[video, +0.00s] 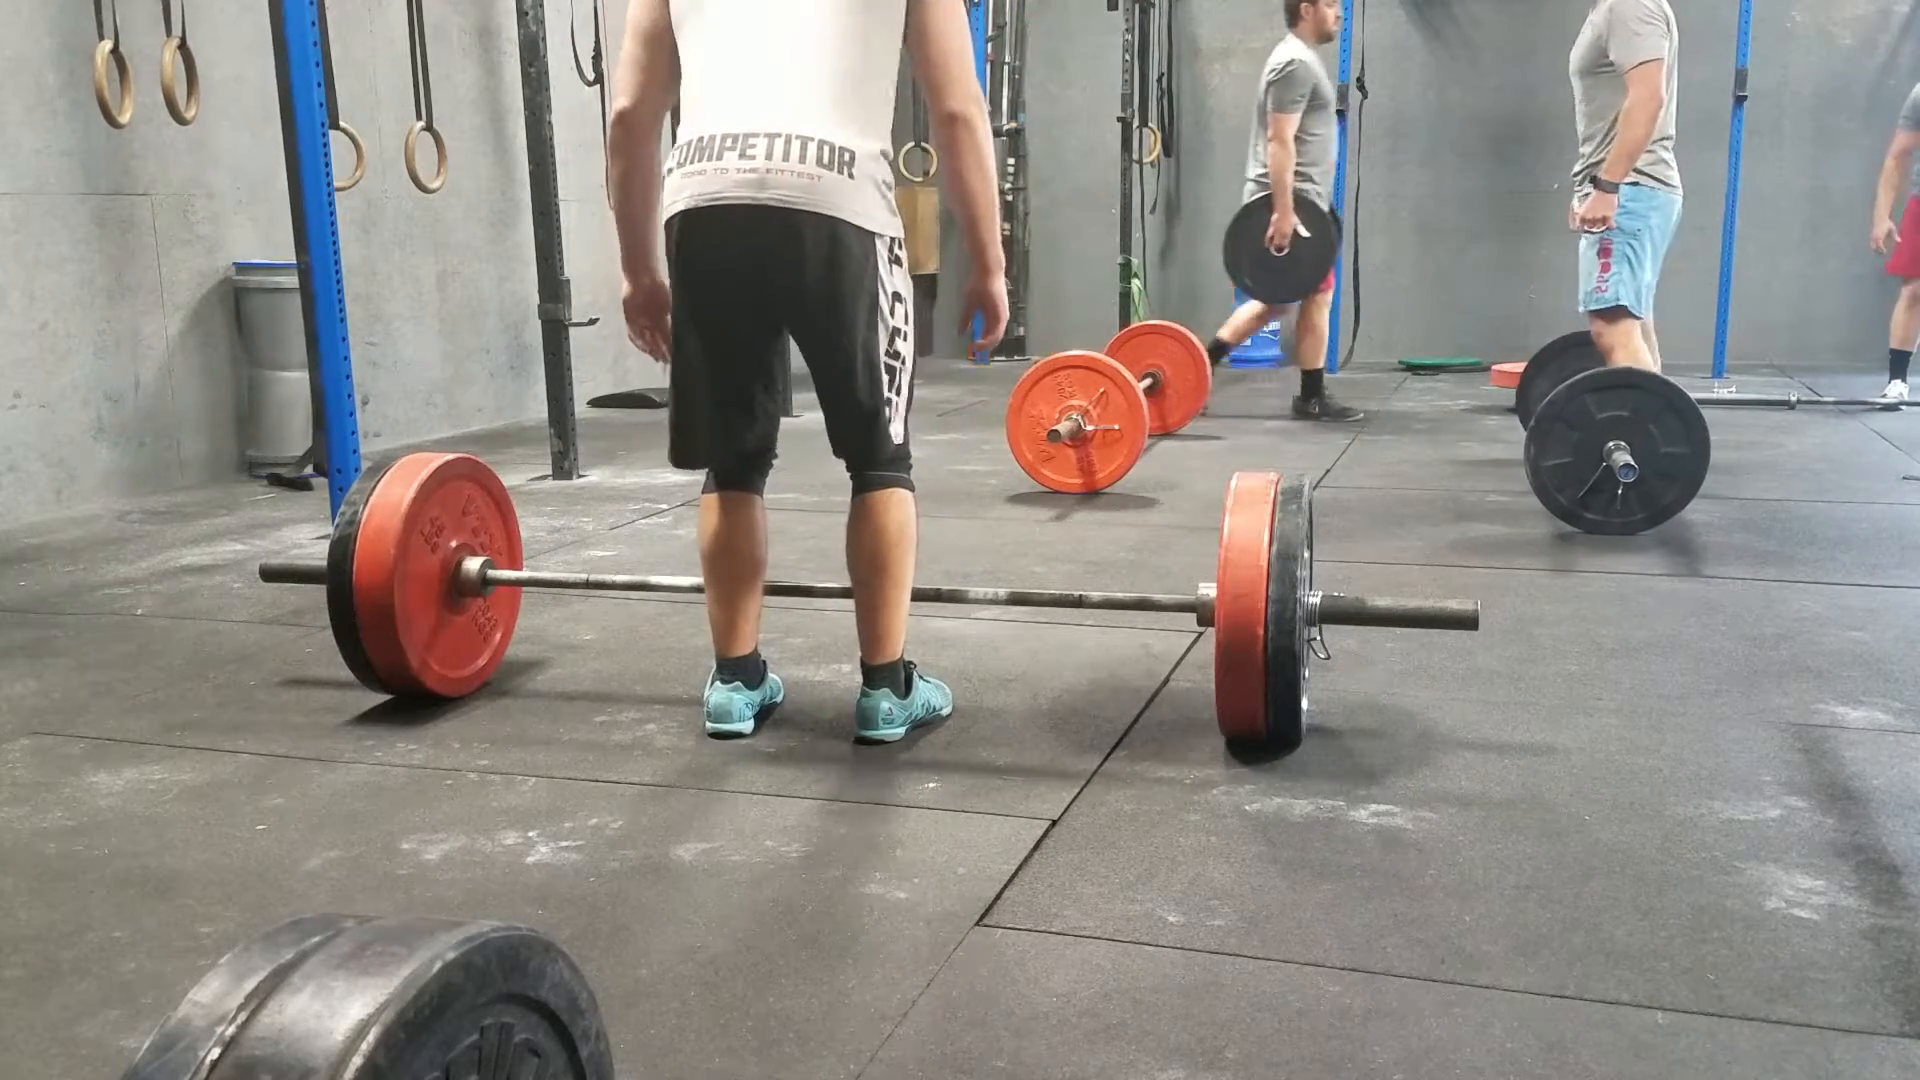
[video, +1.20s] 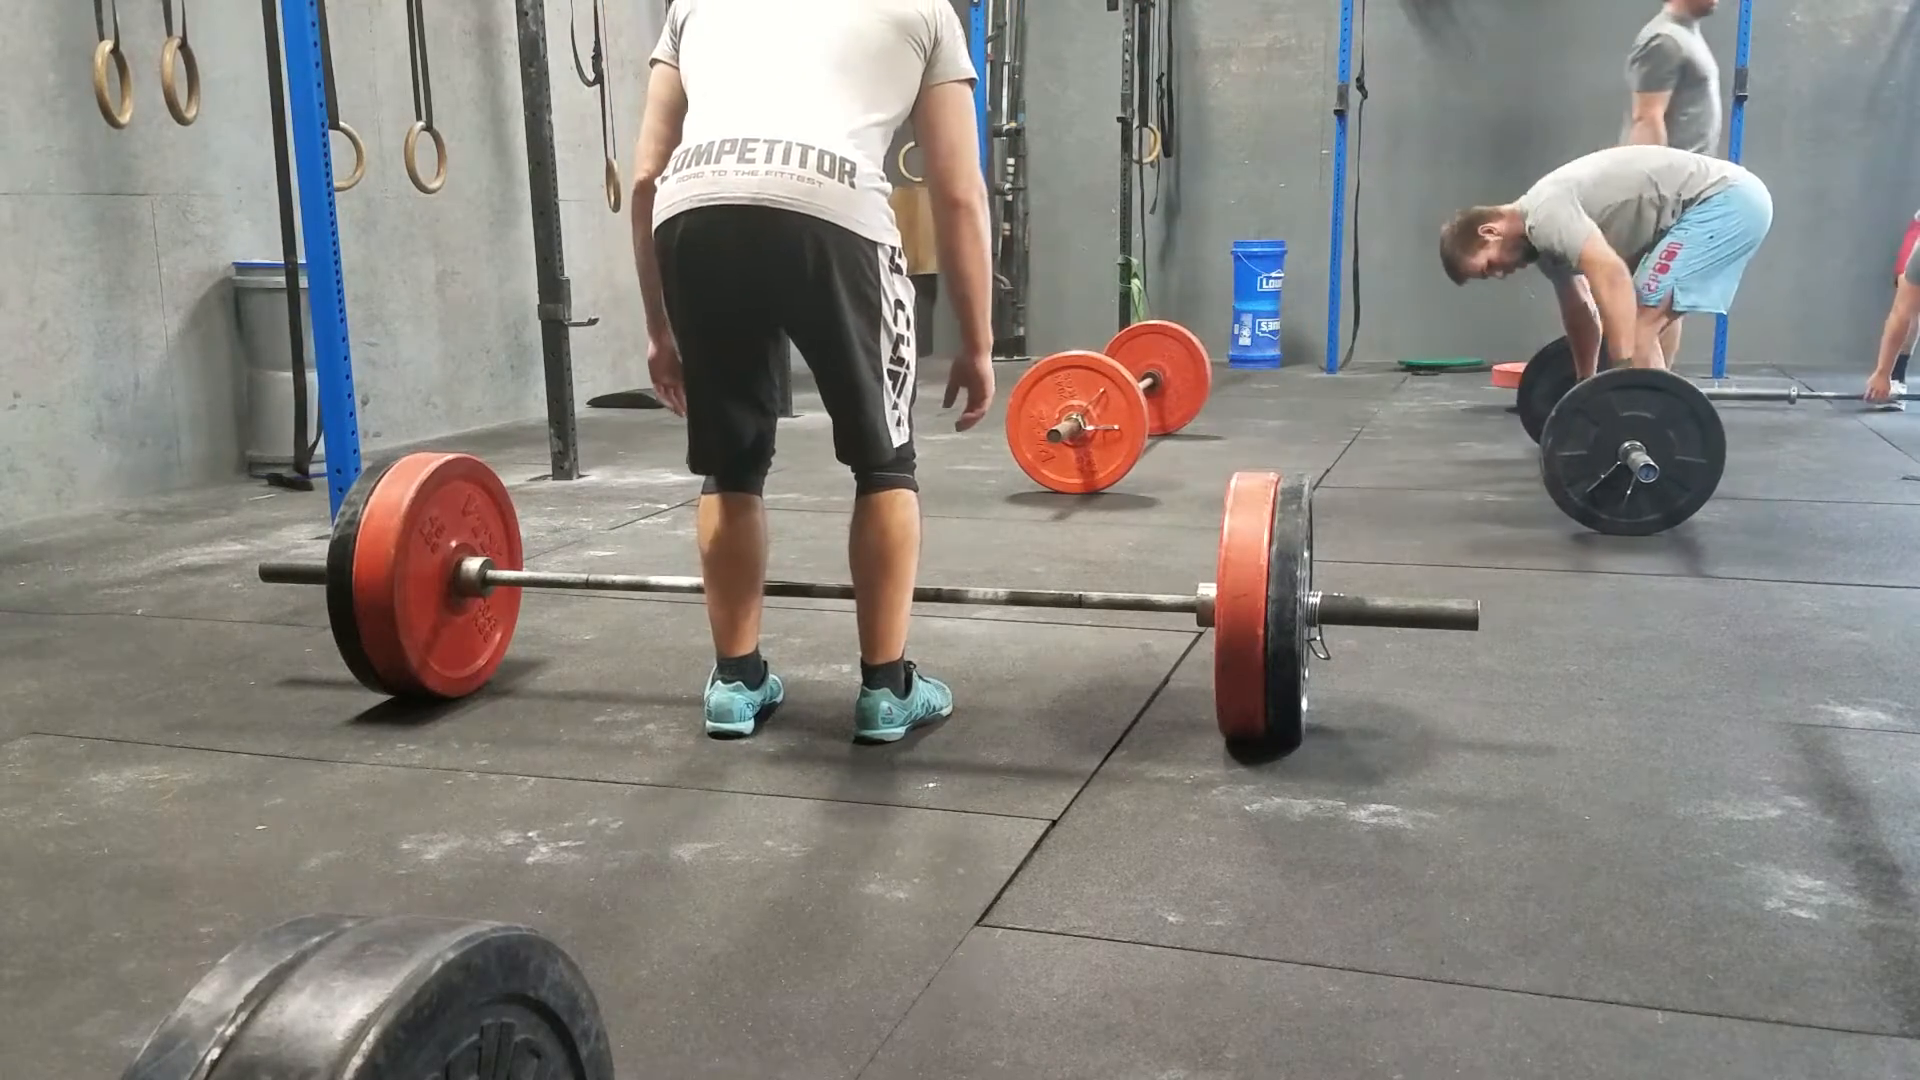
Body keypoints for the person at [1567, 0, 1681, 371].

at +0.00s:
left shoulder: (1631, 8)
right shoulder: (1615, 10)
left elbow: (1647, 99)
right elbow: (1619, 109)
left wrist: (1606, 186)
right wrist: (1587, 188)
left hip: (1630, 187)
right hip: (1636, 188)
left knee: (1613, 329)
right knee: (1632, 327)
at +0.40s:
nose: (1508, 72)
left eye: (1503, 60)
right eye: (1500, 64)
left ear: (1523, 33)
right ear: (1526, 34)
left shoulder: (1593, 47)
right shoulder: (1578, 66)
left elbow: (1650, 121)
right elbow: (1601, 164)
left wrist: (1629, 216)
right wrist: (1587, 238)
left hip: (1694, 186)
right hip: (1676, 188)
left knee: (1642, 327)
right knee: (1643, 329)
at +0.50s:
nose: (1501, 119)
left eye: (1495, 109)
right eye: (1493, 114)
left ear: (1512, 76)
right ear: (1511, 76)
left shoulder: (1580, 77)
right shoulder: (1562, 115)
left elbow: (1645, 144)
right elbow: (1593, 195)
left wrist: (1640, 236)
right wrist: (1586, 274)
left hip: (1711, 188)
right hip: (1686, 192)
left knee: (1646, 328)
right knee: (1647, 331)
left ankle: (1659, 458)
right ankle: (1661, 457)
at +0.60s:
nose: (1497, 159)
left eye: (1490, 150)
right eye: (1488, 156)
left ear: (1501, 121)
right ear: (1500, 121)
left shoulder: (1569, 109)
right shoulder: (1555, 149)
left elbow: (1645, 164)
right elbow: (1586, 227)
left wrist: (1652, 252)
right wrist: (1580, 308)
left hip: (1721, 187)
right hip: (1699, 193)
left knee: (1650, 324)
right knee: (1646, 325)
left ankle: (1658, 455)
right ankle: (1658, 453)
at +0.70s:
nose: (1496, 197)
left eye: (1487, 189)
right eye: (1486, 195)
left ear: (1496, 161)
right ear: (1497, 158)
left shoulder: (1562, 138)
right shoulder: (1554, 178)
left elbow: (1644, 179)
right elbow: (1582, 258)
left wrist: (1663, 265)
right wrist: (1573, 339)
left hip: (1724, 191)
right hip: (1705, 198)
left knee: (1648, 324)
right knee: (1651, 328)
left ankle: (1658, 455)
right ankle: (1657, 455)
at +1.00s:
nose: (1499, 261)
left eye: (1488, 255)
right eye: (1489, 259)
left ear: (1488, 226)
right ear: (1491, 222)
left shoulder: (1547, 192)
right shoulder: (1548, 230)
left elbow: (1629, 227)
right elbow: (1577, 307)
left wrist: (1658, 309)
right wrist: (1580, 390)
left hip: (1726, 193)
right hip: (1705, 202)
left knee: (1634, 328)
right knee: (1631, 327)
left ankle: (1660, 452)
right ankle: (1653, 450)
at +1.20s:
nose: (1498, 274)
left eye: (1488, 267)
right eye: (1489, 275)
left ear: (1489, 233)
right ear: (1493, 229)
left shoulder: (1549, 212)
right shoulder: (1539, 233)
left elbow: (1615, 277)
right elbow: (1580, 310)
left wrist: (1622, 366)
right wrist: (1587, 387)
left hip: (1727, 198)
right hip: (1720, 202)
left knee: (1638, 324)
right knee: (1641, 329)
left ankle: (1656, 439)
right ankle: (1662, 439)